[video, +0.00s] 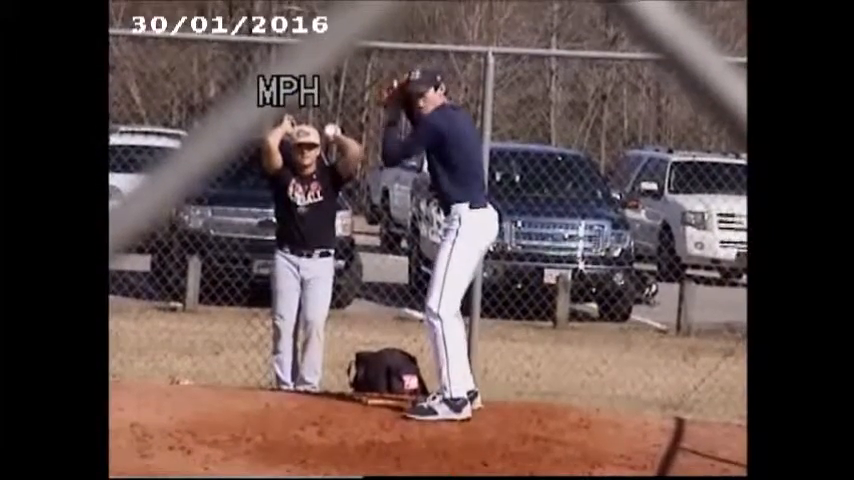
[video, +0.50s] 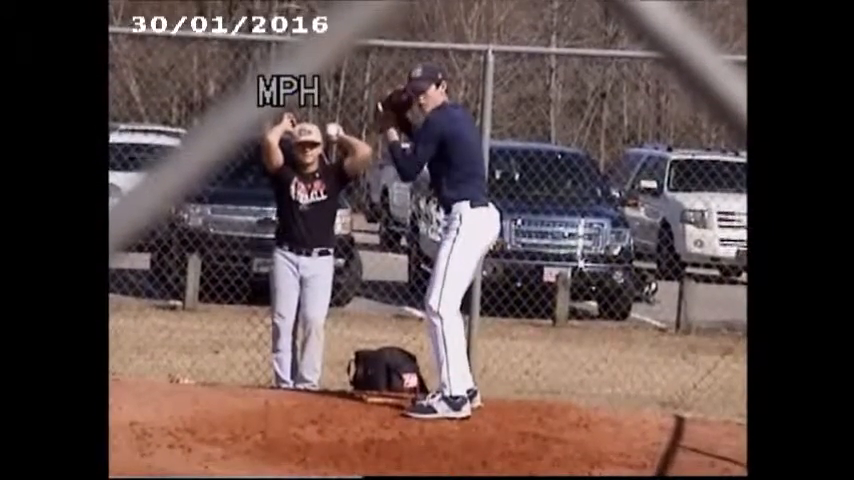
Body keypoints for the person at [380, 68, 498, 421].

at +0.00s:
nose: (417, 104)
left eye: (420, 97)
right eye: (415, 98)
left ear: (439, 91)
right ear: (435, 95)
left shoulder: (435, 123)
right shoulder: (457, 116)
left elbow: (393, 156)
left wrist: (391, 114)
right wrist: (403, 106)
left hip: (466, 219)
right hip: (478, 215)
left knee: (439, 308)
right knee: (445, 307)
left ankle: (454, 394)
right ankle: (462, 389)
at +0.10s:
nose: (416, 104)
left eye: (420, 97)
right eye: (412, 98)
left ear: (439, 90)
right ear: (435, 94)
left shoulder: (435, 122)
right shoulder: (457, 114)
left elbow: (395, 160)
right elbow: (422, 133)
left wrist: (390, 114)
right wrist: (403, 104)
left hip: (466, 217)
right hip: (477, 214)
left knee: (440, 306)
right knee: (445, 305)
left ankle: (455, 393)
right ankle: (462, 387)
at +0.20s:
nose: (417, 107)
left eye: (420, 100)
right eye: (413, 102)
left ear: (439, 93)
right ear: (436, 96)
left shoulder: (436, 126)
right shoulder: (456, 118)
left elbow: (402, 170)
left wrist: (392, 126)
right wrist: (404, 117)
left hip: (467, 220)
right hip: (476, 216)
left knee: (439, 308)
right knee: (441, 307)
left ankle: (454, 395)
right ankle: (461, 388)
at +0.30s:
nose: (416, 104)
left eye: (420, 97)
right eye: (413, 98)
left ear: (439, 90)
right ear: (436, 94)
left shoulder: (437, 122)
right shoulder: (457, 116)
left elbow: (408, 170)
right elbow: (419, 160)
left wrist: (392, 133)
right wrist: (405, 124)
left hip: (466, 217)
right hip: (477, 214)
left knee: (439, 304)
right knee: (441, 304)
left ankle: (455, 392)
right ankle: (461, 386)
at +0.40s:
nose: (417, 106)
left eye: (421, 98)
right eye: (415, 100)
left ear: (439, 92)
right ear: (434, 97)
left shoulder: (438, 123)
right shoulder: (457, 118)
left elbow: (409, 173)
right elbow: (419, 164)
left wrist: (392, 137)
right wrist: (404, 130)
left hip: (467, 219)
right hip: (477, 216)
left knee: (440, 307)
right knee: (440, 307)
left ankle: (455, 394)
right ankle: (461, 389)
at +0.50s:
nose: (417, 101)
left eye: (421, 93)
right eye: (415, 95)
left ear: (440, 88)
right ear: (435, 92)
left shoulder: (438, 121)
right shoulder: (457, 115)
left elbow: (409, 170)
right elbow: (419, 158)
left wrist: (391, 134)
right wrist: (403, 125)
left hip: (467, 217)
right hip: (477, 214)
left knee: (440, 305)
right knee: (443, 305)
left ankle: (455, 393)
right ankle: (461, 387)